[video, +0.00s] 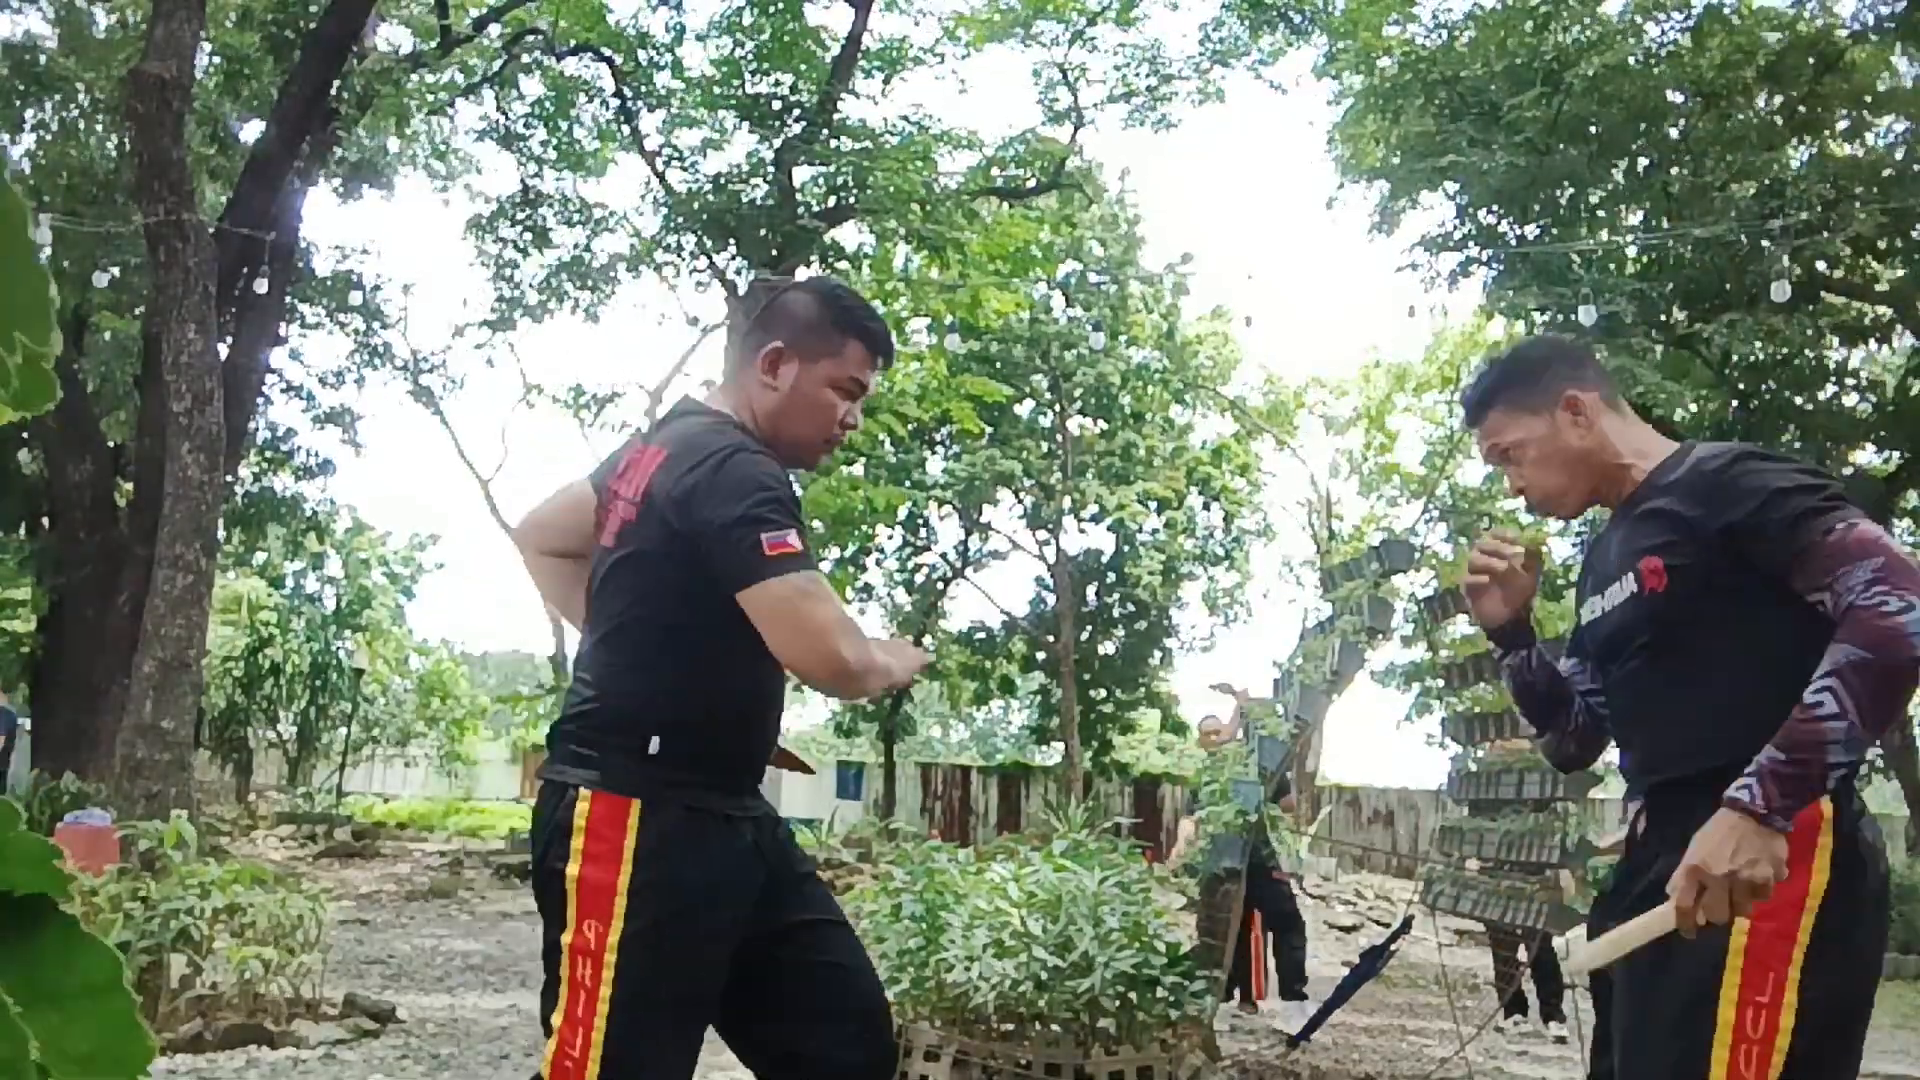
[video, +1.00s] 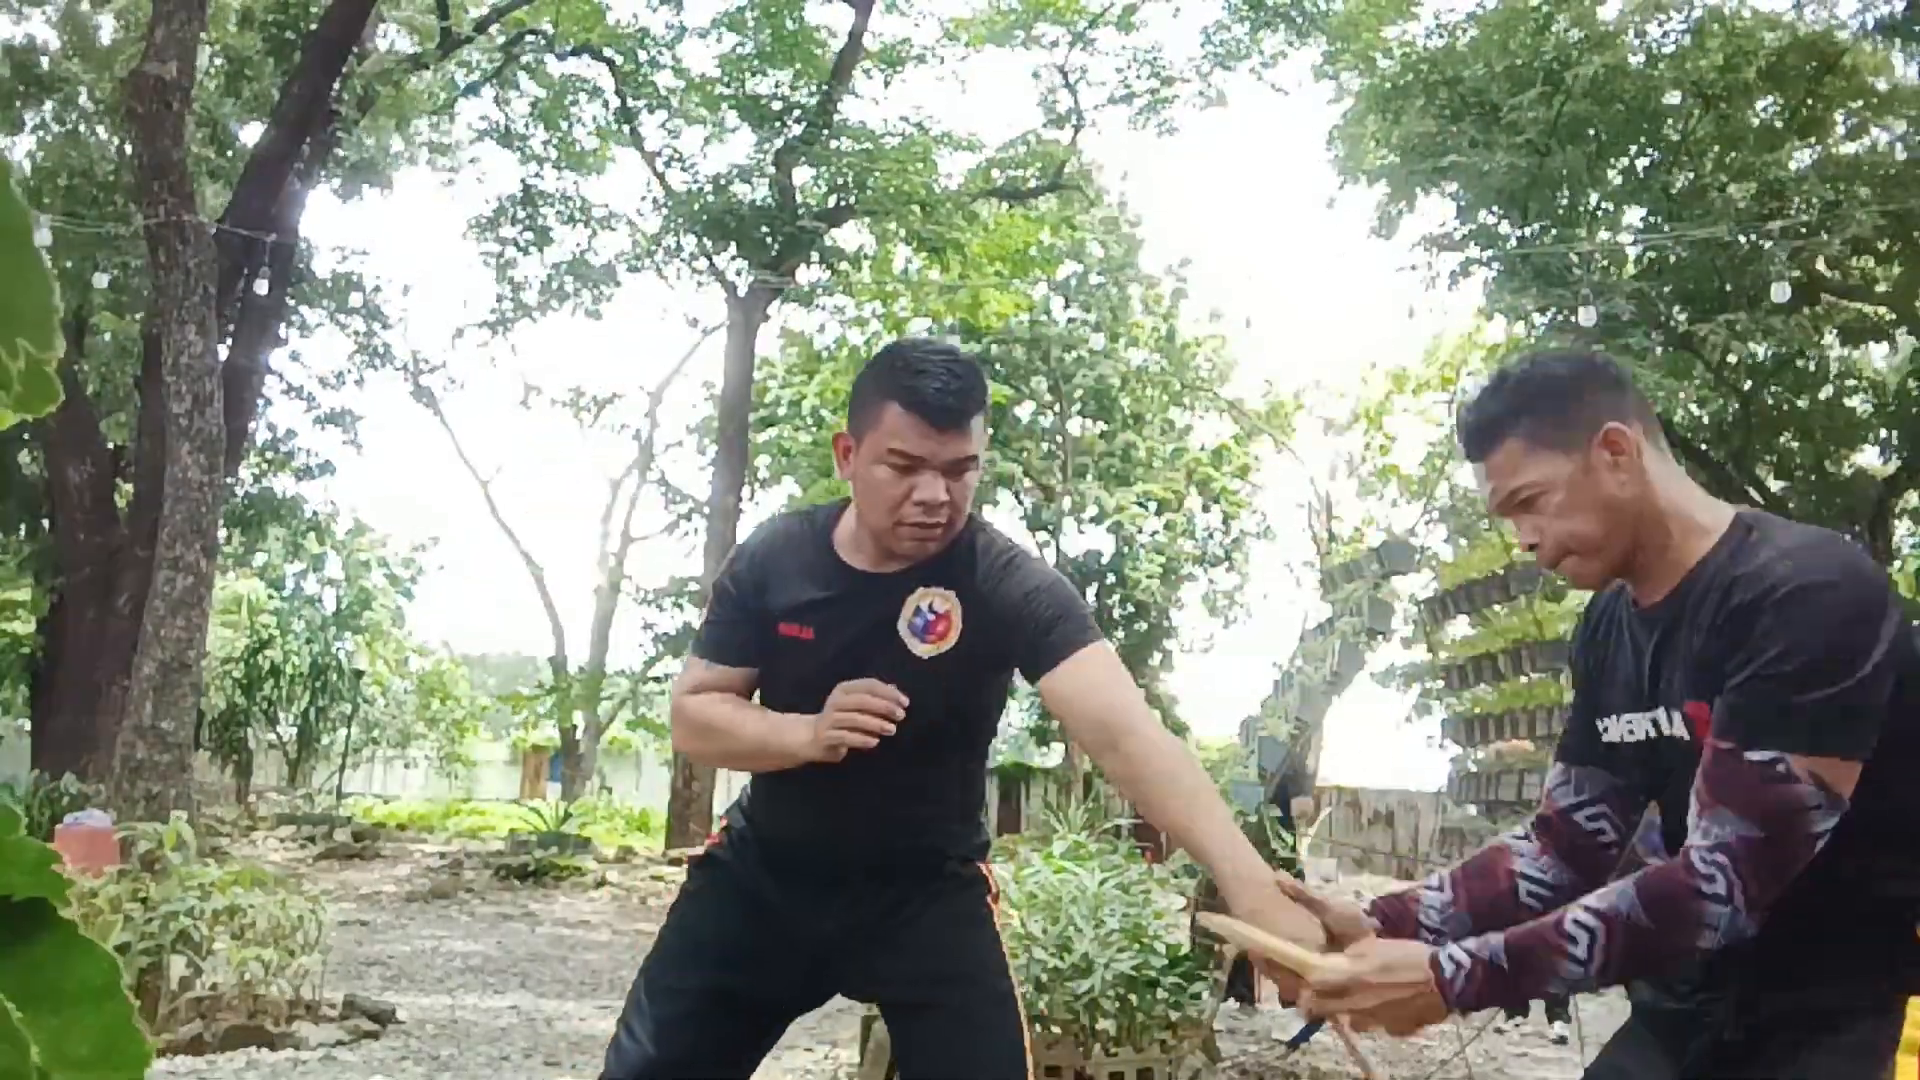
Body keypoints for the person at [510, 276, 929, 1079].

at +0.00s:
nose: (852, 420)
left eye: (860, 401)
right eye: (843, 391)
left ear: (768, 368)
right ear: (772, 366)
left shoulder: (656, 447)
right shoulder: (733, 466)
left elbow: (544, 537)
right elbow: (832, 660)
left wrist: (645, 661)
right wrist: (891, 659)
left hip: (722, 814)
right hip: (634, 814)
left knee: (847, 1048)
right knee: (603, 1066)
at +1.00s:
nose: (936, 495)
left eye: (960, 468)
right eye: (907, 465)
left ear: (983, 458)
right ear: (848, 453)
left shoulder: (1008, 586)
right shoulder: (774, 560)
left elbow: (1128, 733)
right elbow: (691, 721)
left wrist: (1253, 887)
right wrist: (804, 735)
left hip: (927, 896)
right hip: (766, 879)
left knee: (982, 1067)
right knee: (647, 1062)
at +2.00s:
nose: (904, 530)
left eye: (932, 501)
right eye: (878, 499)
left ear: (960, 482)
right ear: (821, 473)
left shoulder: (996, 579)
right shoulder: (758, 582)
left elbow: (1161, 679)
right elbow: (699, 757)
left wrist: (1290, 778)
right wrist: (860, 748)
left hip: (937, 900)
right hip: (766, 892)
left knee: (1004, 1065)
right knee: (646, 1064)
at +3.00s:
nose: (958, 497)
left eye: (971, 480)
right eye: (954, 466)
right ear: (894, 420)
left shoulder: (920, 567)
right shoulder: (736, 496)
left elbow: (907, 715)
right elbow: (645, 659)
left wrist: (903, 836)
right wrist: (820, 721)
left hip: (801, 845)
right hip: (666, 839)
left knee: (891, 1054)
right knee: (618, 1063)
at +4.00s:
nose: (1242, 729)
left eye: (1254, 716)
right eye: (1250, 704)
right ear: (1220, 660)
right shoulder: (1157, 666)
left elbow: (981, 861)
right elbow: (1091, 817)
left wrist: (1075, 983)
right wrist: (1144, 982)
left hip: (945, 886)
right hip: (863, 845)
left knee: (1037, 1064)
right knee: (823, 1065)